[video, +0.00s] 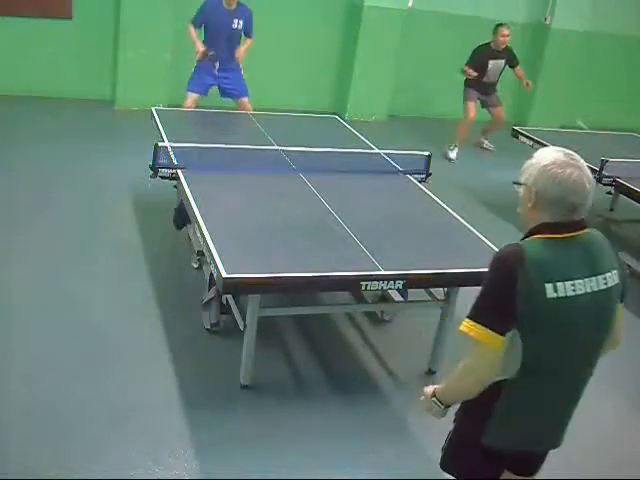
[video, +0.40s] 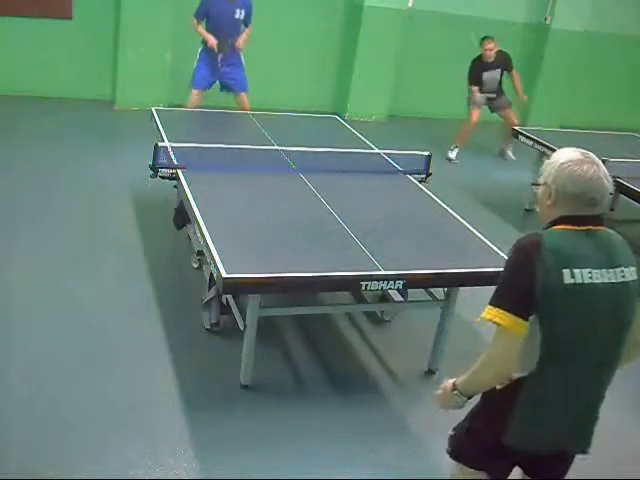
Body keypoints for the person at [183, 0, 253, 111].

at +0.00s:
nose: (231, 0)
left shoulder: (245, 12)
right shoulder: (210, 5)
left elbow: (249, 37)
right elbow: (192, 25)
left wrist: (242, 51)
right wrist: (198, 45)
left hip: (231, 64)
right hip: (207, 62)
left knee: (245, 106)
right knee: (189, 104)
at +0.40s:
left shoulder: (245, 3)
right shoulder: (209, 2)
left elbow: (248, 25)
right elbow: (196, 22)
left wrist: (241, 39)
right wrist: (208, 37)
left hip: (232, 52)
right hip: (209, 51)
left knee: (241, 93)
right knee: (196, 91)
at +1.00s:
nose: (224, 2)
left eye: (227, 0)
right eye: (222, 0)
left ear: (231, 1)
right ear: (218, 0)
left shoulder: (240, 14)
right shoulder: (203, 13)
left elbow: (247, 38)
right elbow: (194, 40)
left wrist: (238, 52)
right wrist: (207, 43)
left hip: (227, 65)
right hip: (202, 64)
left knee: (239, 102)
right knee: (188, 101)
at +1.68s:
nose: (211, 13)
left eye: (214, 9)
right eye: (208, 9)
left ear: (219, 9)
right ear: (202, 8)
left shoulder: (227, 23)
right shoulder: (192, 22)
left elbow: (235, 44)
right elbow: (181, 52)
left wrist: (227, 63)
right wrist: (197, 50)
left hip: (215, 67)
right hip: (191, 66)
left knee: (232, 103)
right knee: (179, 101)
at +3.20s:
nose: (207, 19)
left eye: (209, 14)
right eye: (204, 15)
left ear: (216, 12)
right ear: (200, 15)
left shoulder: (231, 25)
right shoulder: (196, 28)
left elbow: (243, 49)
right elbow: (188, 49)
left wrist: (232, 68)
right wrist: (187, 60)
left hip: (228, 72)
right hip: (204, 73)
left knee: (241, 107)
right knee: (188, 104)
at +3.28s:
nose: (200, 23)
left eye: (203, 18)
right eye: (197, 19)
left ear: (210, 16)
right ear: (194, 19)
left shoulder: (227, 27)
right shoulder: (194, 32)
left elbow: (243, 50)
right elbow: (187, 59)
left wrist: (232, 69)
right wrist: (181, 69)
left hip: (230, 70)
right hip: (207, 72)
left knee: (243, 108)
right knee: (192, 104)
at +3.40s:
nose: (187, 33)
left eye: (189, 28)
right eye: (184, 29)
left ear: (198, 23)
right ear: (182, 29)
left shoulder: (219, 31)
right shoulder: (186, 43)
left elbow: (243, 46)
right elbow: (186, 70)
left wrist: (235, 71)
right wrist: (172, 79)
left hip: (230, 72)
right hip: (208, 74)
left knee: (243, 109)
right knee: (191, 104)